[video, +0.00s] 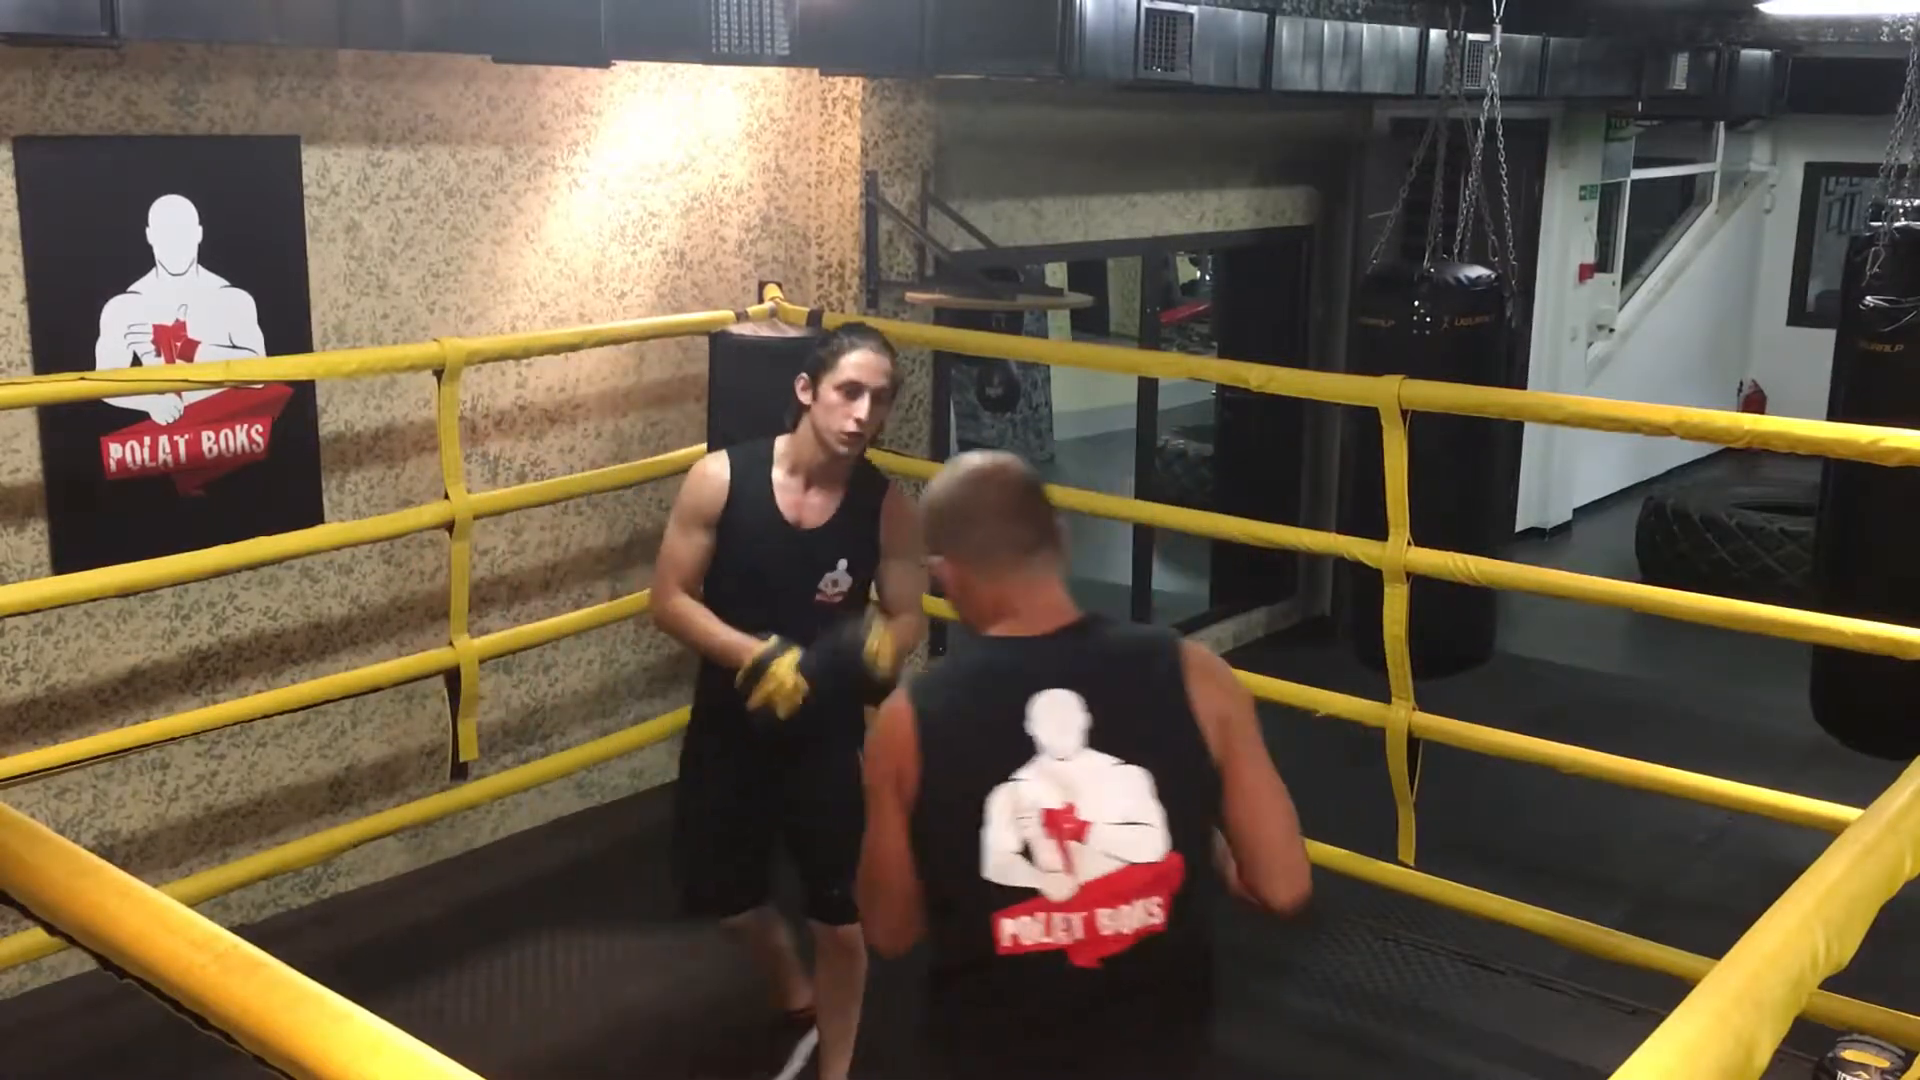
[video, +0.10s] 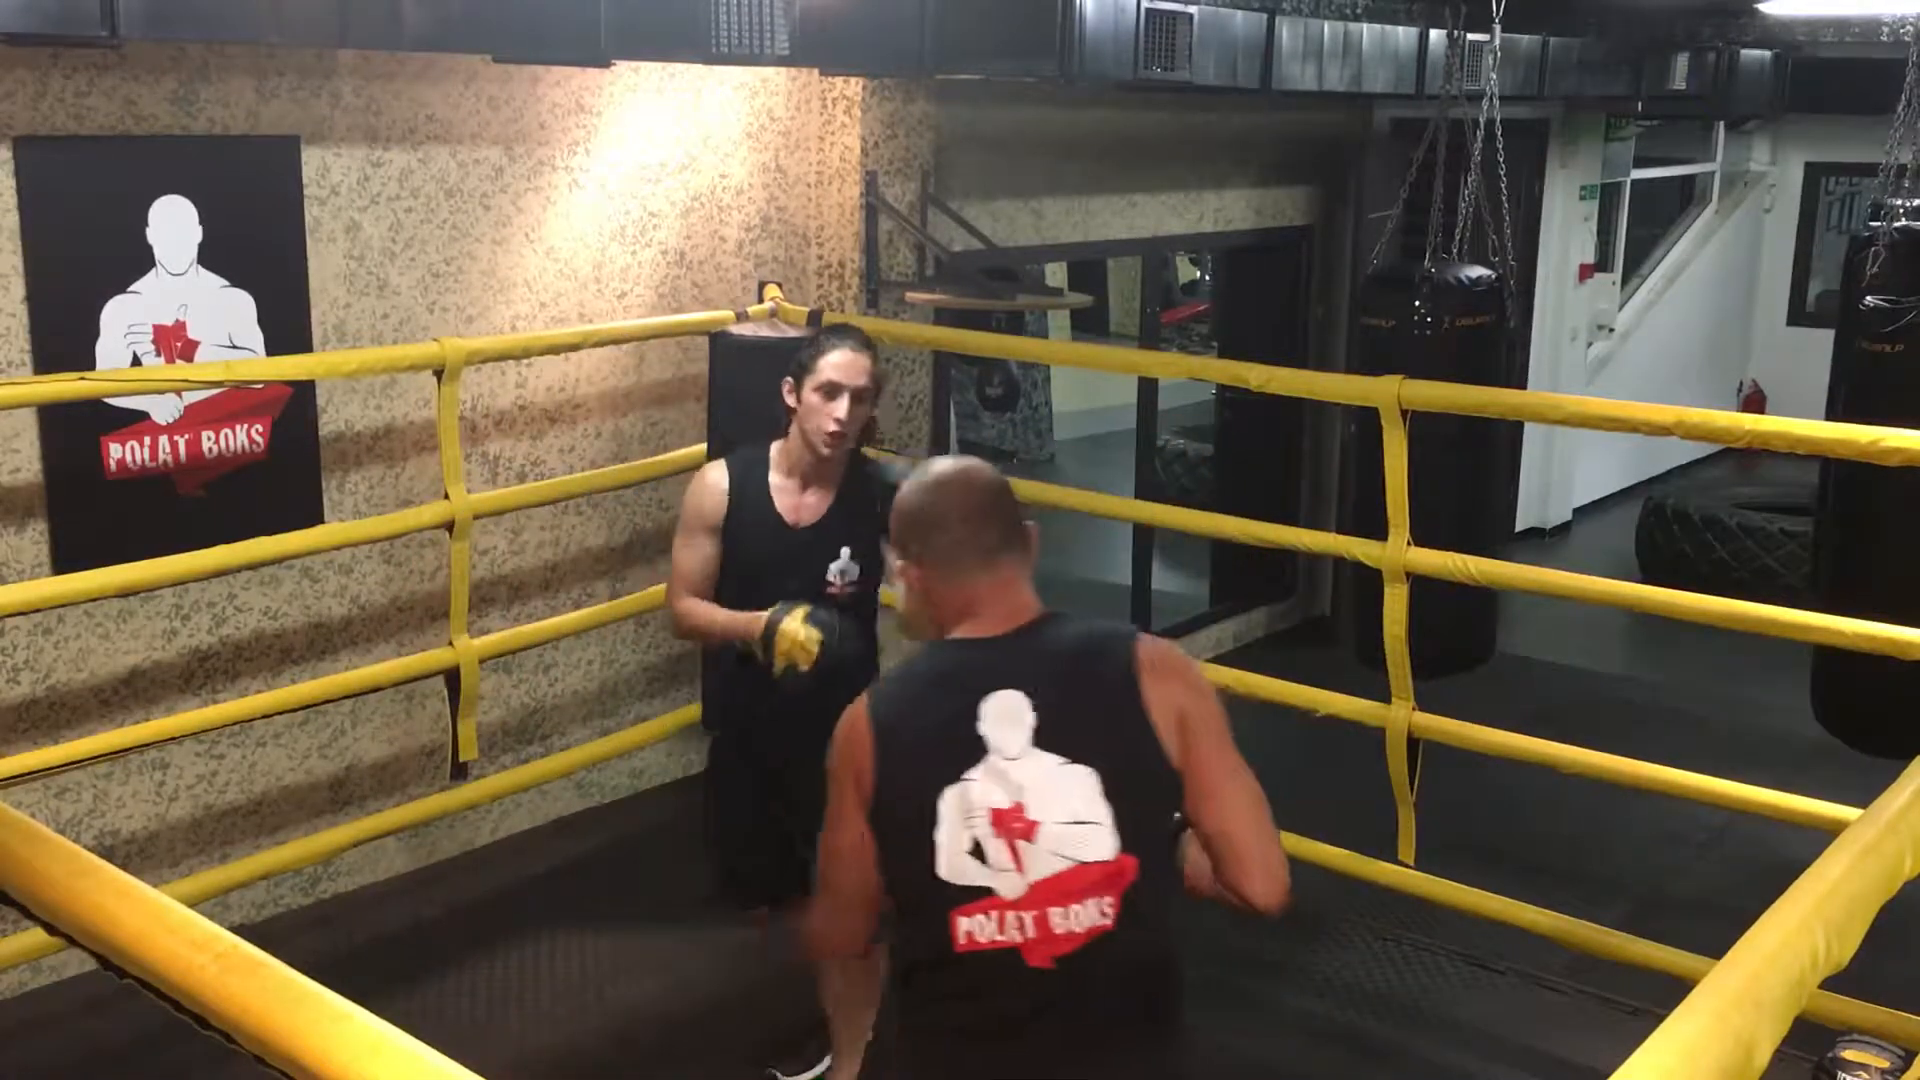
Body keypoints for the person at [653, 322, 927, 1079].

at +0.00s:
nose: (863, 412)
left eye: (878, 398)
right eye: (849, 392)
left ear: (887, 408)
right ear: (807, 392)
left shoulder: (887, 506)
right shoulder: (719, 478)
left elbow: (906, 617)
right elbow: (669, 599)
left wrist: (871, 654)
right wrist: (756, 655)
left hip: (830, 730)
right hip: (730, 726)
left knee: (840, 922)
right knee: (735, 898)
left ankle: (836, 1071)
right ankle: (805, 1012)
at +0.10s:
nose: (844, 411)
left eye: (859, 398)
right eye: (830, 392)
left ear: (871, 410)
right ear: (793, 394)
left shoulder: (881, 493)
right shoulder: (721, 484)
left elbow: (923, 594)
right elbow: (684, 607)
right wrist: (757, 626)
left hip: (848, 734)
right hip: (752, 733)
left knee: (856, 904)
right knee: (779, 902)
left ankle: (851, 1060)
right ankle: (843, 1042)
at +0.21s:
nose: (824, 405)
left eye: (839, 389)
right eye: (809, 386)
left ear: (854, 400)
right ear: (775, 390)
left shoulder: (872, 484)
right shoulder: (722, 493)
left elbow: (912, 561)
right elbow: (709, 623)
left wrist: (941, 558)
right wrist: (777, 627)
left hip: (871, 716)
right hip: (780, 720)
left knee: (878, 882)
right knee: (812, 876)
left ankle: (882, 1042)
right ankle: (842, 1016)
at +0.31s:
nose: (814, 386)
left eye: (830, 371)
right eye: (798, 370)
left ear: (851, 385)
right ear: (771, 383)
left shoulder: (880, 471)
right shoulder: (730, 484)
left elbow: (947, 571)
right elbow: (719, 613)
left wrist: (948, 500)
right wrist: (783, 608)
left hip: (886, 705)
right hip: (793, 711)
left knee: (908, 852)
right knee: (816, 871)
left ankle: (931, 1010)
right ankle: (845, 1017)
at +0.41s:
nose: (820, 390)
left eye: (836, 375)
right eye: (805, 375)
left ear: (859, 388)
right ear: (778, 387)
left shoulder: (891, 472)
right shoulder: (741, 487)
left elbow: (960, 581)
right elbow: (724, 618)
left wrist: (943, 487)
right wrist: (785, 606)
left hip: (897, 708)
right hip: (803, 709)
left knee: (911, 860)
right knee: (821, 867)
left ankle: (929, 1009)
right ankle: (844, 1016)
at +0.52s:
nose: (836, 397)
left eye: (851, 381)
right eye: (819, 382)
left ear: (874, 394)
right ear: (793, 395)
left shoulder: (907, 481)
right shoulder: (759, 495)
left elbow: (975, 588)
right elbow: (741, 630)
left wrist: (949, 488)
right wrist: (791, 594)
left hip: (903, 717)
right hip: (804, 721)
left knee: (917, 866)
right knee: (821, 874)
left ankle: (933, 1021)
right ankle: (844, 1018)